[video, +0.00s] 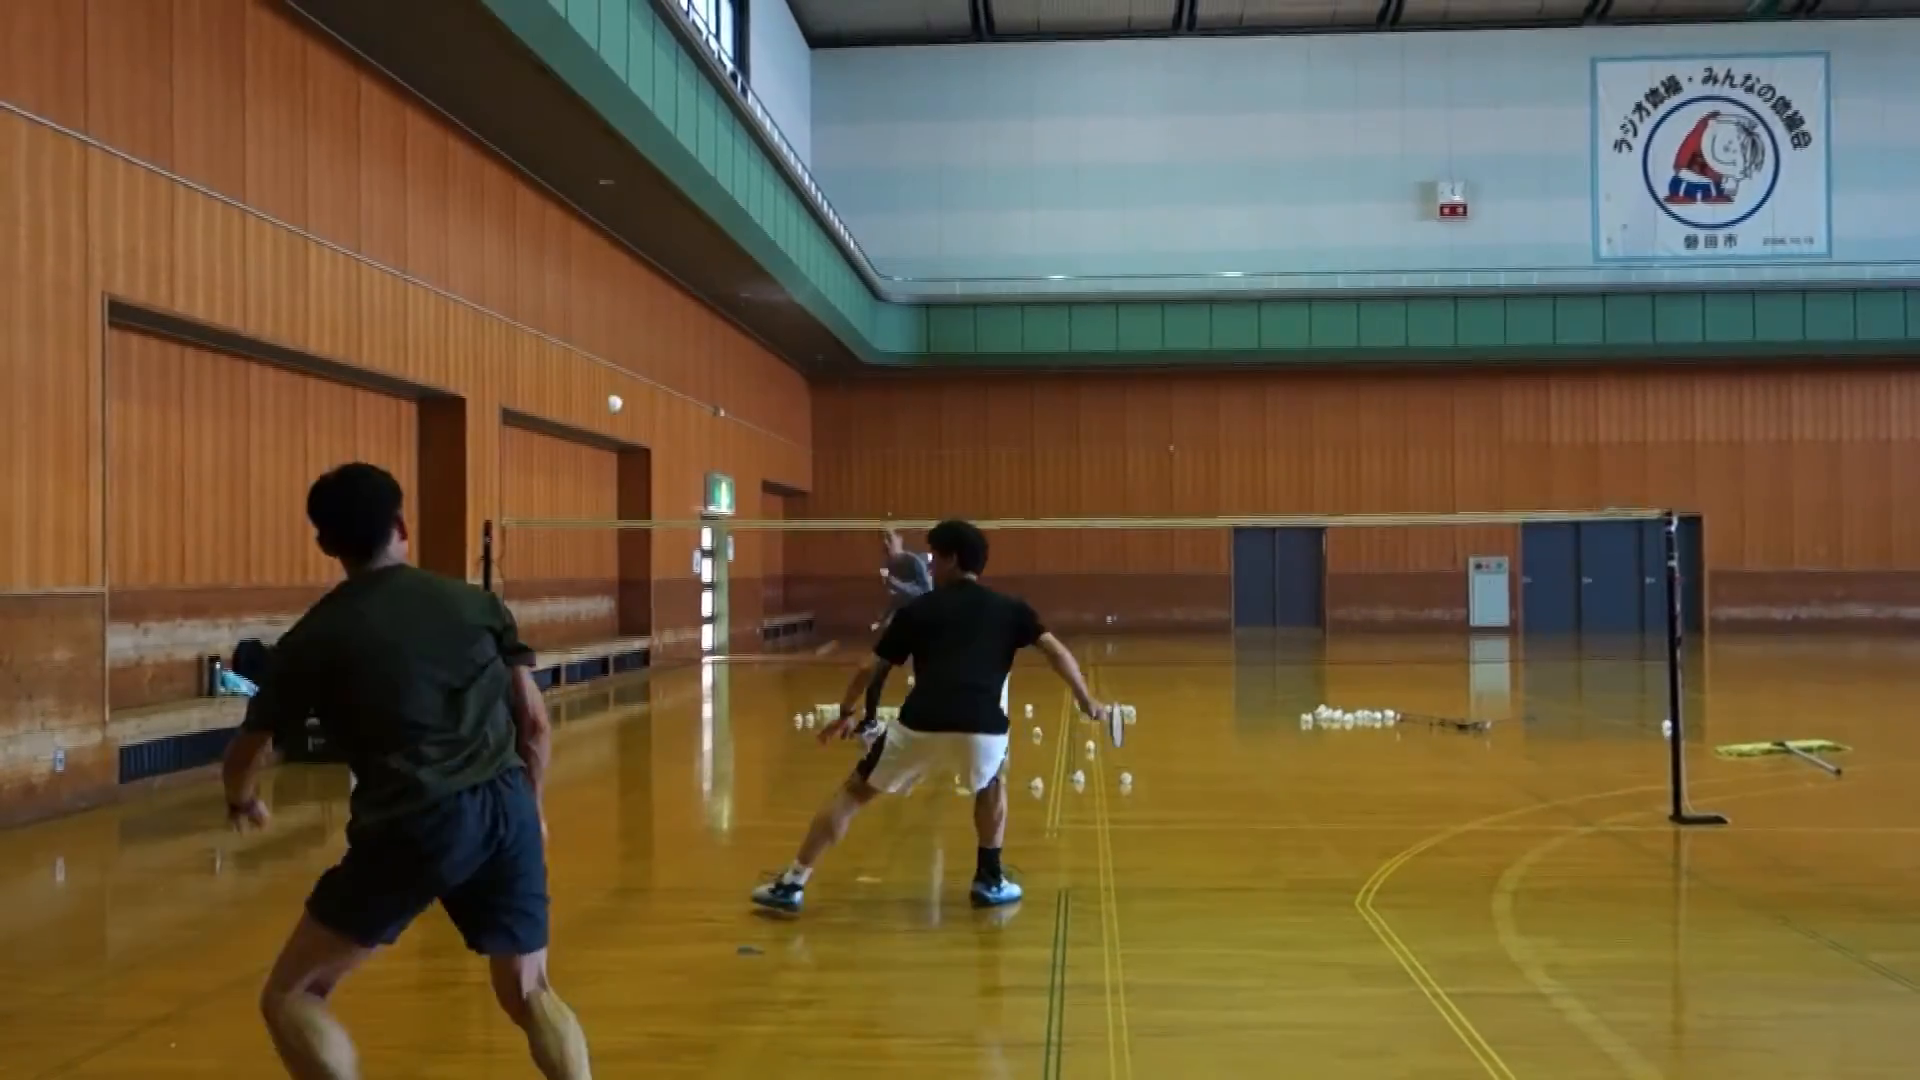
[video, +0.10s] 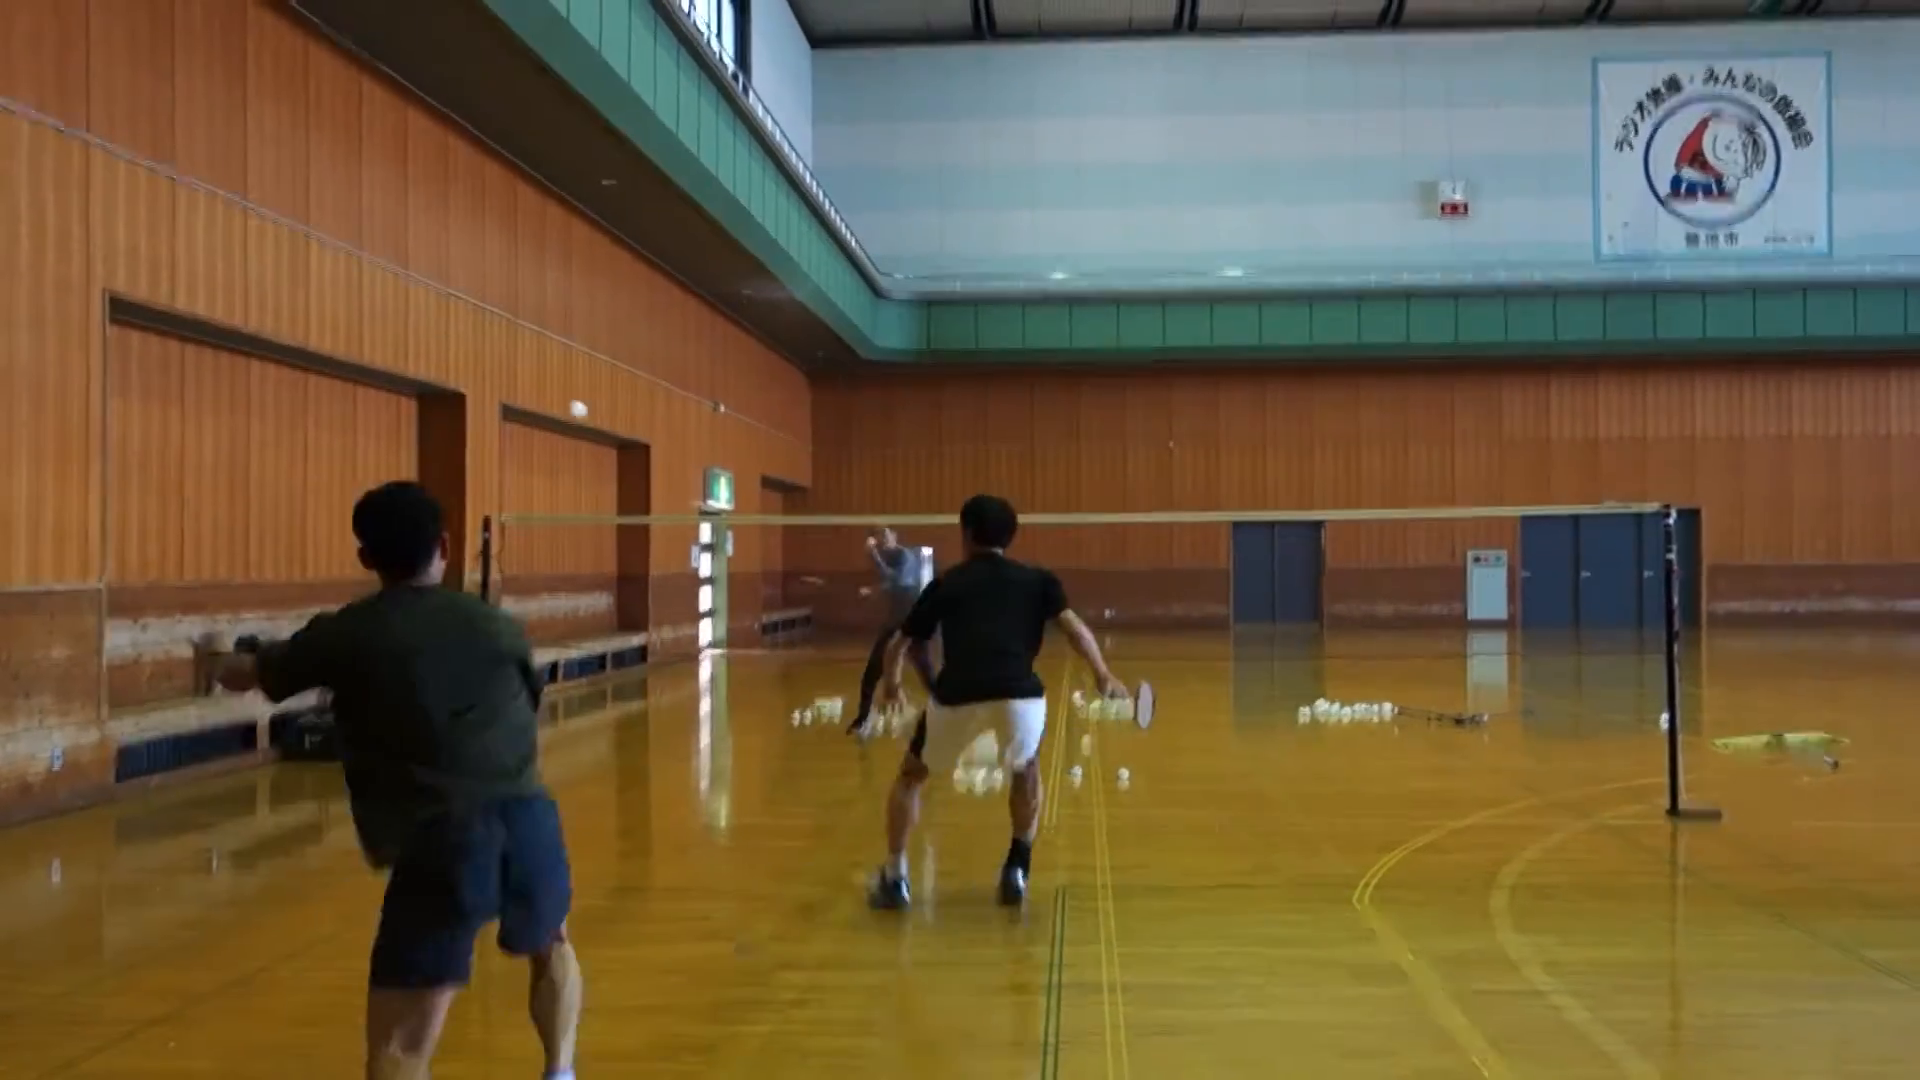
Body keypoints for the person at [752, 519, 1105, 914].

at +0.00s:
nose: (930, 564)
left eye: (934, 557)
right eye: (932, 556)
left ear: (949, 561)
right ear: (978, 563)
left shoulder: (918, 611)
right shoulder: (1008, 609)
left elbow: (871, 672)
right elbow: (1056, 652)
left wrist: (844, 713)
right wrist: (1088, 701)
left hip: (921, 723)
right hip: (984, 727)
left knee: (853, 794)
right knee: (990, 783)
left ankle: (793, 880)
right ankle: (989, 878)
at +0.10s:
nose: (963, 536)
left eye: (964, 530)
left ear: (967, 534)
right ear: (1011, 537)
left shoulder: (947, 584)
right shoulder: (1037, 581)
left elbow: (898, 644)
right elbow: (1076, 629)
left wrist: (890, 684)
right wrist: (1103, 674)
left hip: (958, 696)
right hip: (1020, 694)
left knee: (912, 777)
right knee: (1026, 770)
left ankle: (894, 875)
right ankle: (1017, 865)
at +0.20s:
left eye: (999, 532)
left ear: (996, 536)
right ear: (1042, 537)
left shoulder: (975, 590)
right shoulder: (1064, 587)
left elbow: (932, 654)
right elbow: (1099, 647)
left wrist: (927, 707)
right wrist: (1121, 694)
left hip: (990, 700)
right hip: (1050, 695)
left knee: (981, 783)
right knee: (1086, 775)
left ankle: (983, 882)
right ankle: (1101, 878)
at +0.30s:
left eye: (1033, 537)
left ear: (1029, 543)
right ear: (1076, 543)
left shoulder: (1010, 600)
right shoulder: (1097, 597)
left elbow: (971, 667)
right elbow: (1133, 668)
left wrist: (958, 729)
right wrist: (1139, 711)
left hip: (1023, 731)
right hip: (1081, 728)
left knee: (1014, 791)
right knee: (1155, 798)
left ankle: (987, 882)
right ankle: (1198, 892)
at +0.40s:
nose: (1063, 541)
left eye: (1065, 535)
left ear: (1068, 542)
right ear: (1113, 541)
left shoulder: (1051, 600)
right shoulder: (1144, 595)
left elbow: (1032, 658)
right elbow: (1174, 665)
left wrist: (1025, 713)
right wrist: (1169, 717)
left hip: (1071, 728)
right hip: (1136, 724)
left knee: (1043, 800)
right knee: (1200, 804)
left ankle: (1006, 875)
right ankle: (1229, 908)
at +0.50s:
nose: (1087, 521)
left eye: (1088, 514)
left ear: (1089, 519)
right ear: (1137, 519)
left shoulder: (1072, 572)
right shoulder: (1167, 572)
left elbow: (1060, 626)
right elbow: (1203, 651)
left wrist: (1049, 689)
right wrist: (1205, 711)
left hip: (1096, 696)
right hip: (1164, 693)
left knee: (1067, 786)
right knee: (1209, 790)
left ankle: (1048, 888)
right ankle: (1233, 900)